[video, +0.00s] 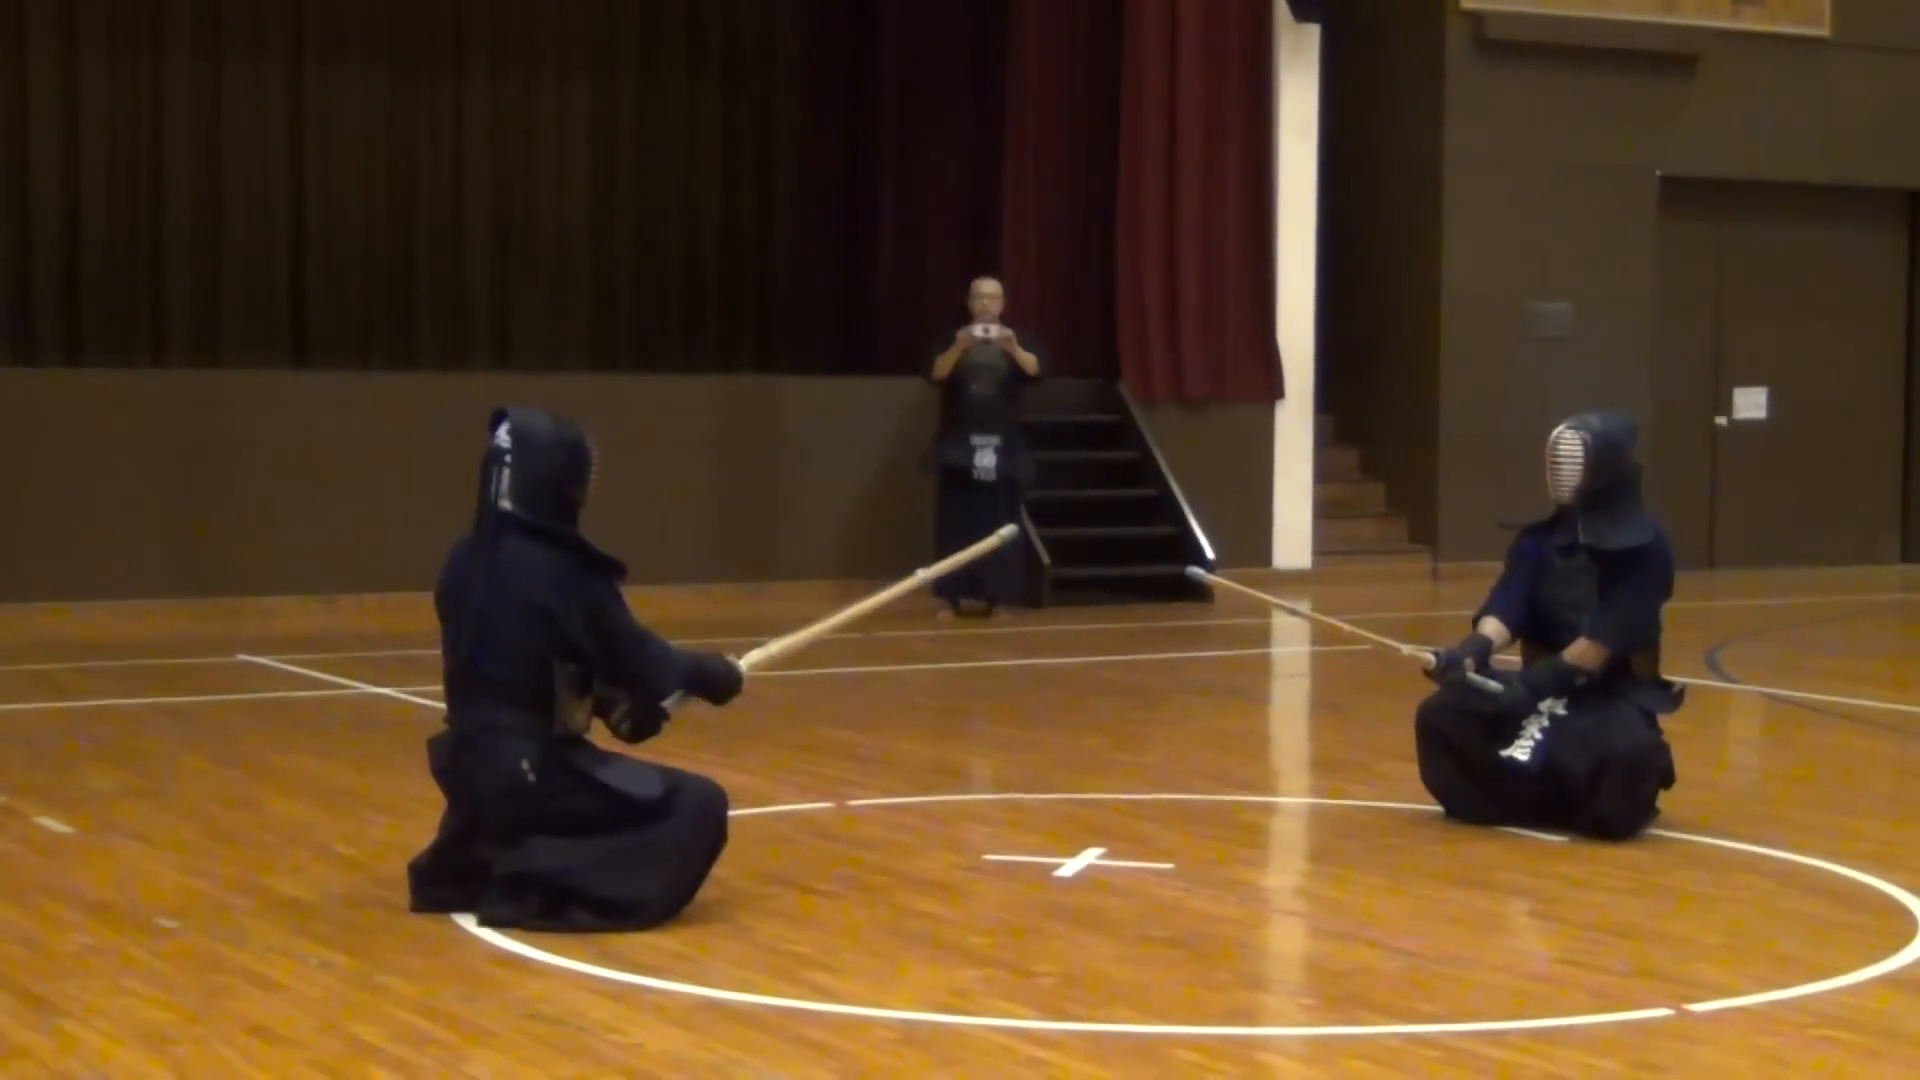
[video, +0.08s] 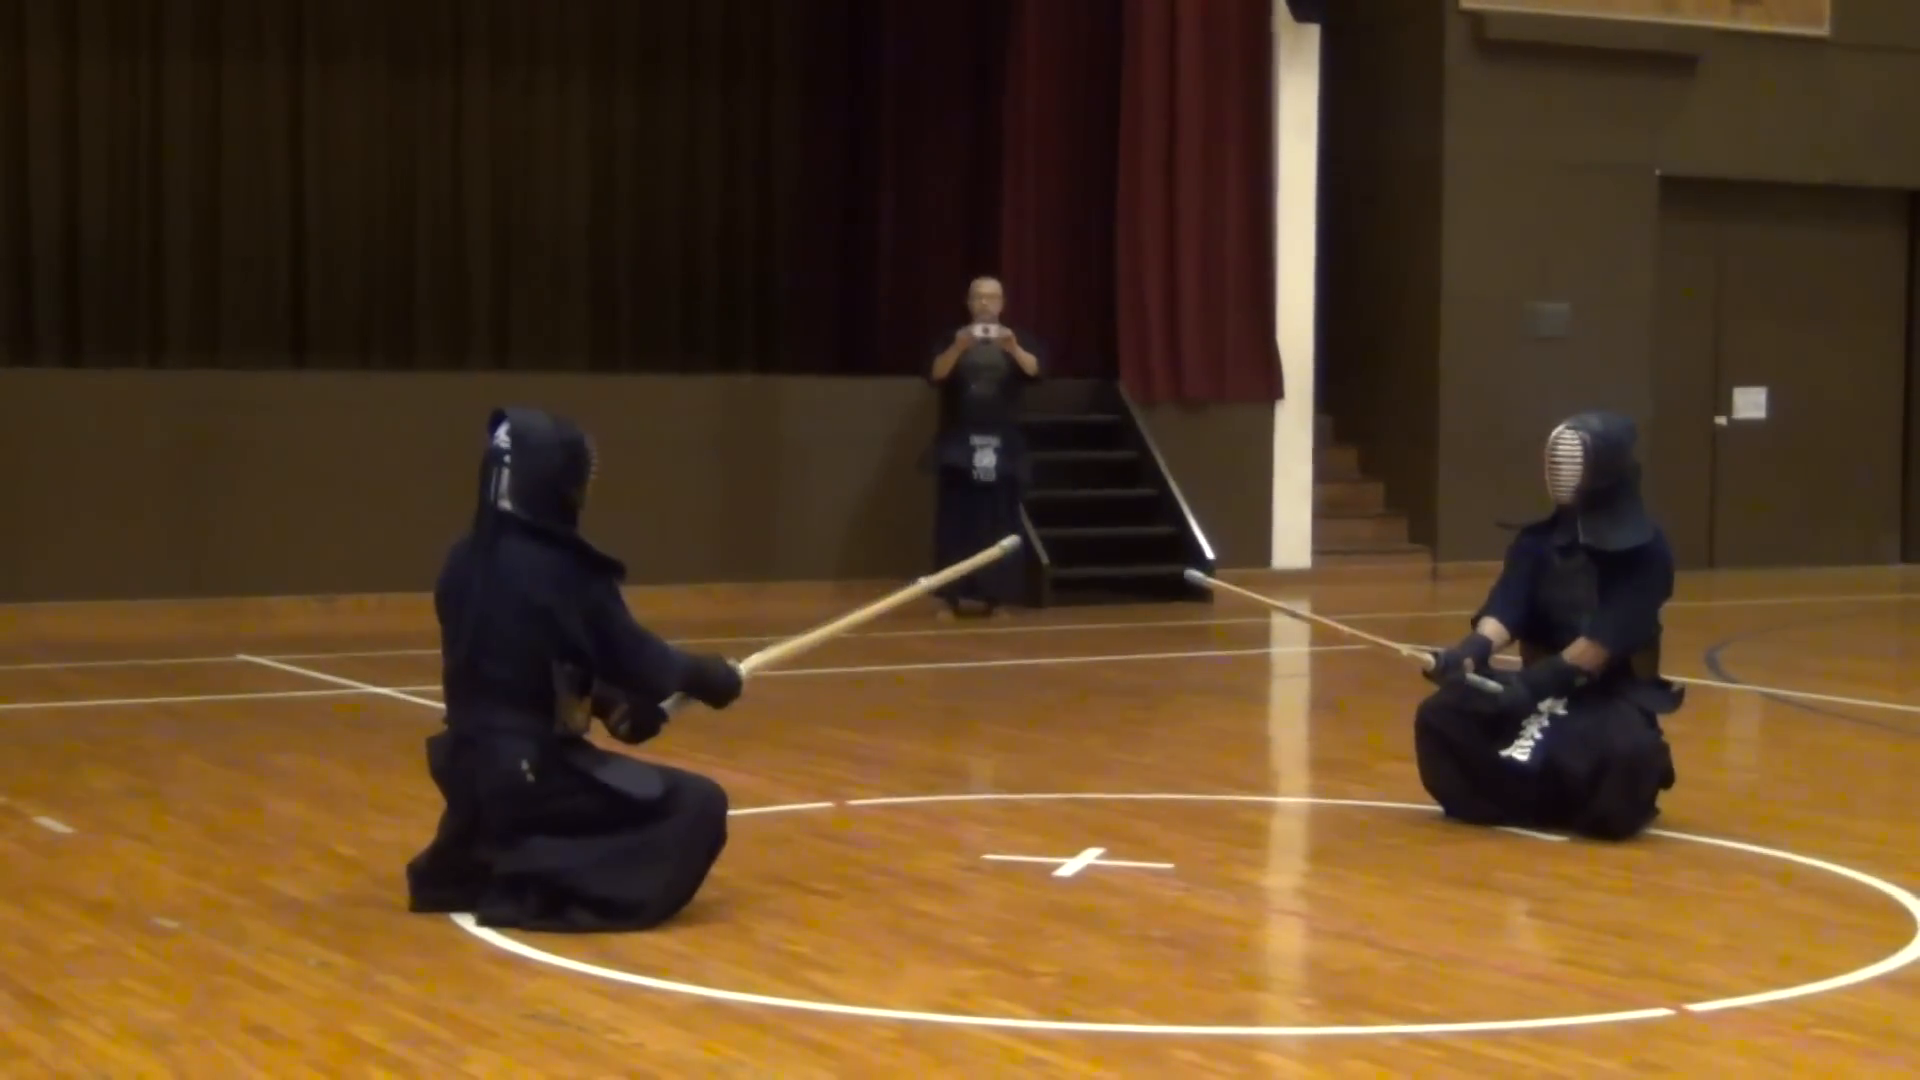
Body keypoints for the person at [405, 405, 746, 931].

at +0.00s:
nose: (583, 493)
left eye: (581, 479)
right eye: (577, 480)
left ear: (500, 478)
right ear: (555, 485)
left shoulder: (466, 558)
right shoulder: (564, 572)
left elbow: (528, 653)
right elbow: (635, 658)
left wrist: (605, 693)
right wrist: (704, 672)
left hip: (463, 763)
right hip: (532, 775)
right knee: (696, 806)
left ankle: (455, 869)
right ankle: (540, 884)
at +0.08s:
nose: (582, 492)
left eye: (581, 478)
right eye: (576, 479)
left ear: (499, 477)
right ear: (555, 485)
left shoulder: (465, 558)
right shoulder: (565, 571)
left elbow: (528, 655)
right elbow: (633, 658)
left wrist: (605, 695)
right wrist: (701, 674)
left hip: (462, 762)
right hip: (531, 775)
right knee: (696, 806)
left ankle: (456, 869)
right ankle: (542, 885)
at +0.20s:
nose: (584, 490)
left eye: (582, 476)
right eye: (578, 477)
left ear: (499, 478)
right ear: (557, 485)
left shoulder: (468, 558)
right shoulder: (566, 572)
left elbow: (528, 658)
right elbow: (635, 660)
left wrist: (608, 698)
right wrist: (702, 677)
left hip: (463, 762)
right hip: (531, 776)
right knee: (696, 806)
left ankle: (456, 868)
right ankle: (536, 886)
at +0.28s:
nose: (584, 490)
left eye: (581, 476)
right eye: (578, 477)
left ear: (498, 478)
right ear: (561, 486)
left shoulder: (467, 560)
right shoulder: (567, 574)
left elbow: (529, 658)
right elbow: (634, 658)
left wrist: (608, 698)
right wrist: (701, 677)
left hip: (462, 762)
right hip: (531, 777)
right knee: (697, 806)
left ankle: (452, 869)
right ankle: (537, 885)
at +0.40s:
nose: (586, 493)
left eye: (584, 478)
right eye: (580, 479)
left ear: (501, 478)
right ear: (560, 486)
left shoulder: (469, 559)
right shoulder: (570, 572)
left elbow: (532, 657)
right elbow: (638, 659)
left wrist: (612, 700)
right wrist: (711, 682)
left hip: (462, 762)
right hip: (532, 776)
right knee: (697, 805)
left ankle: (461, 864)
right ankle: (538, 882)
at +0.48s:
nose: (587, 492)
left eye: (585, 478)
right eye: (581, 479)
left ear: (503, 478)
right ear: (563, 486)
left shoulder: (469, 559)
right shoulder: (572, 572)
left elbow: (529, 659)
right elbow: (640, 662)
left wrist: (611, 699)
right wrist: (713, 683)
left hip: (462, 764)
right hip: (531, 777)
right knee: (697, 805)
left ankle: (457, 867)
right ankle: (540, 885)